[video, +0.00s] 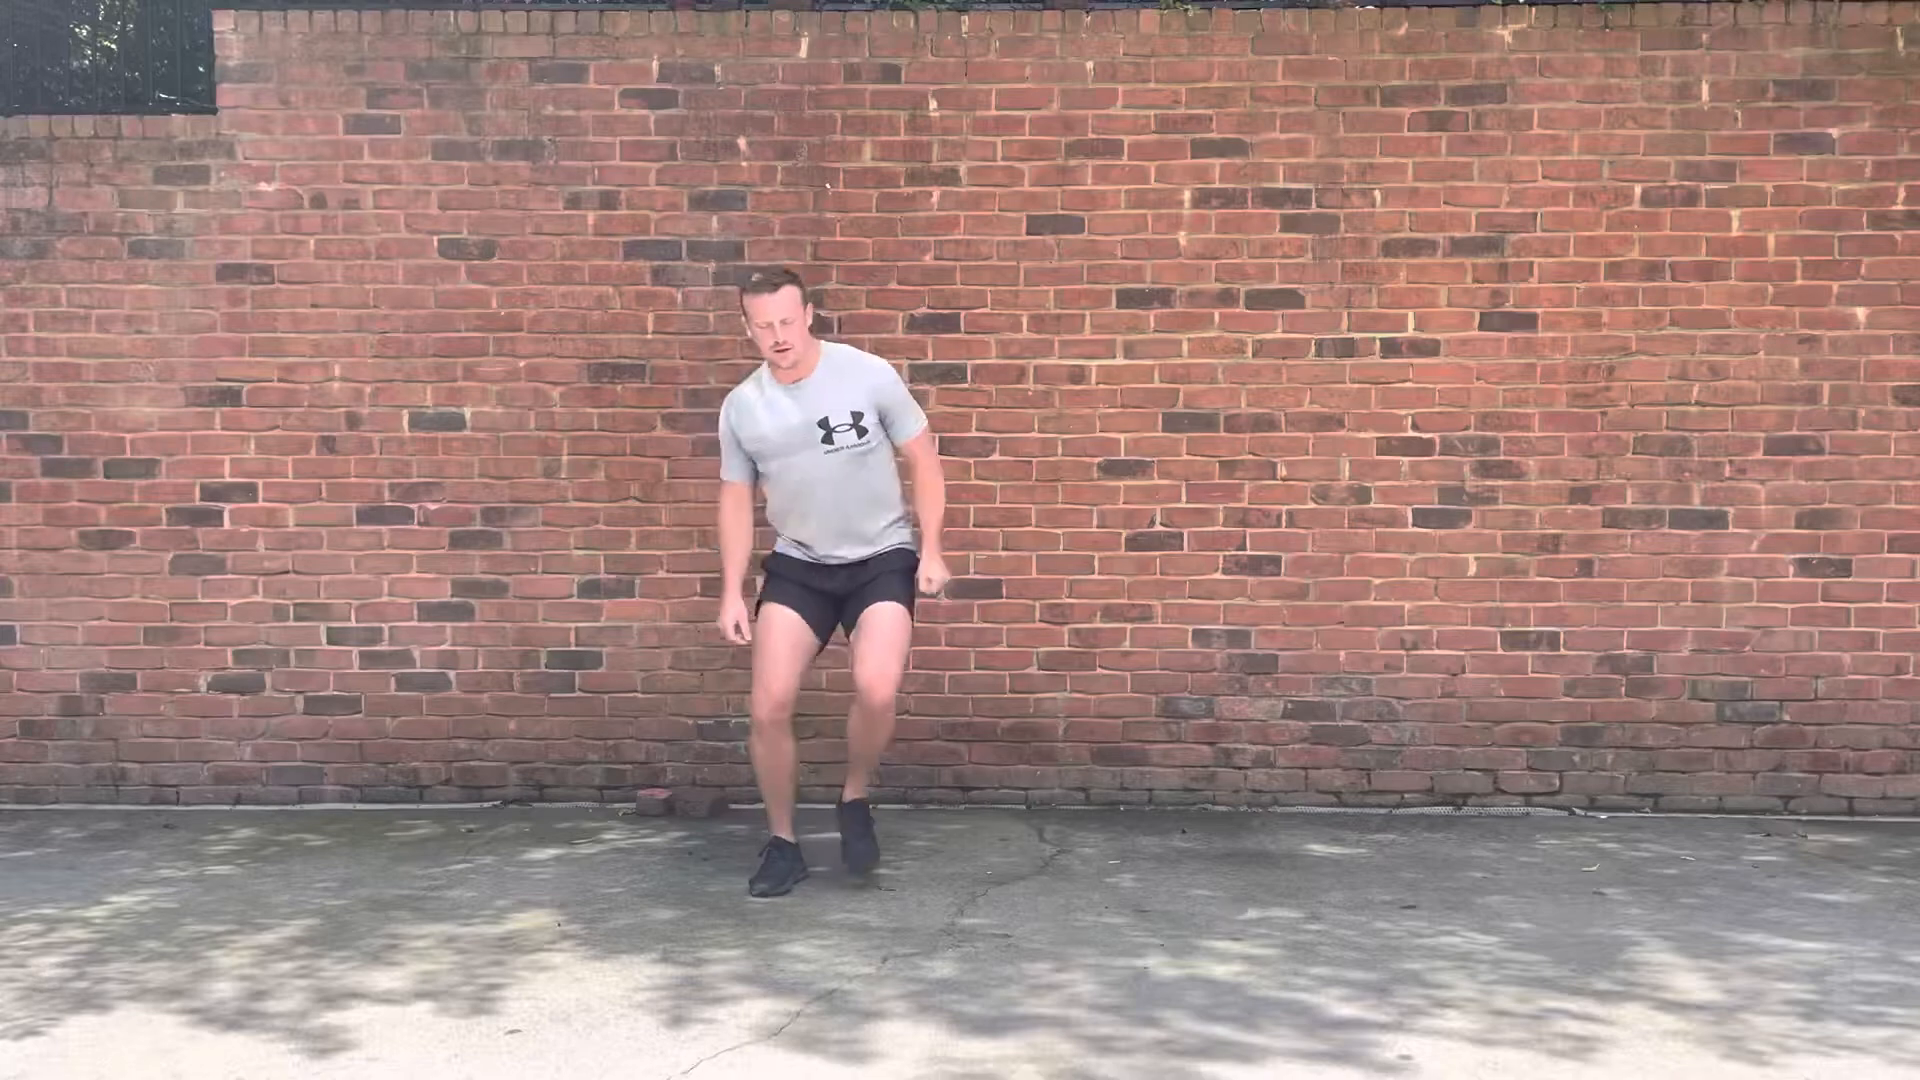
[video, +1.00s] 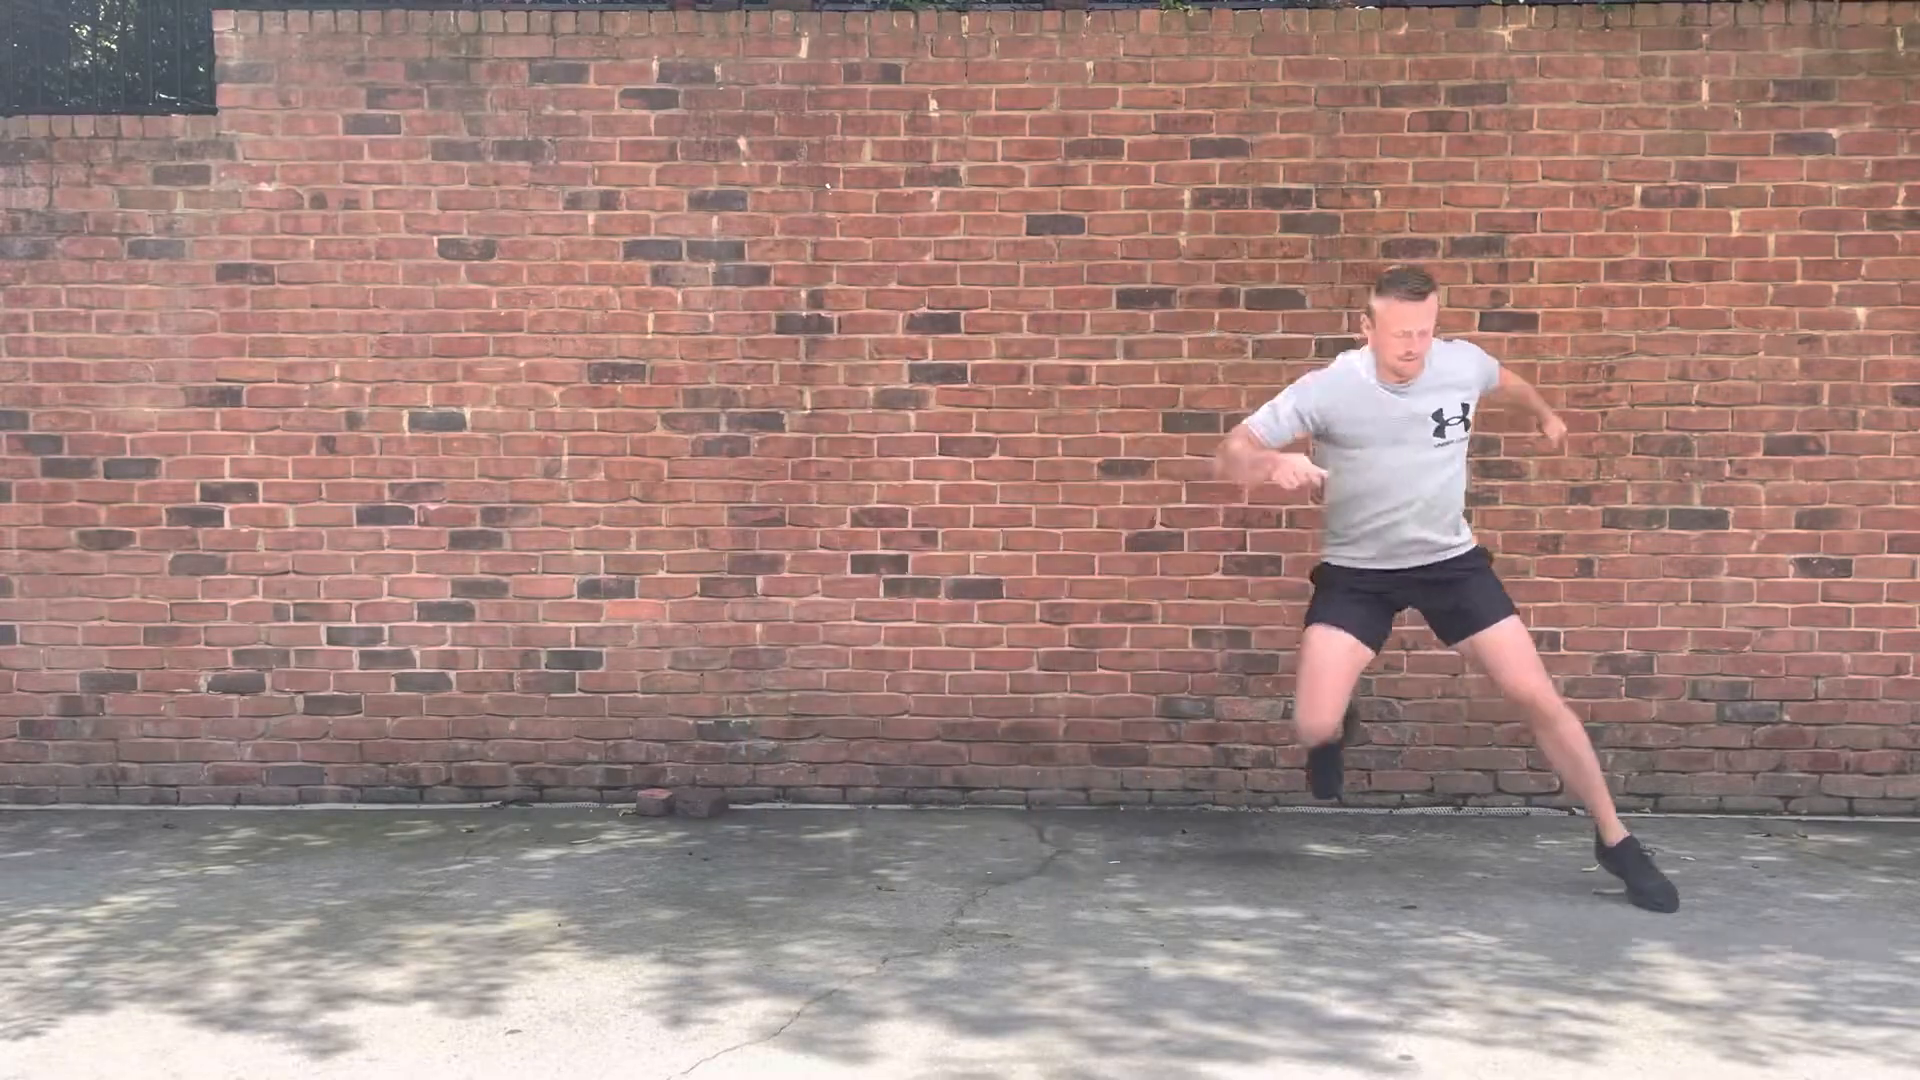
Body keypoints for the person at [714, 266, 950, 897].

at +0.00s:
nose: (776, 337)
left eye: (785, 323)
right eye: (762, 327)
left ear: (809, 316)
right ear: (749, 331)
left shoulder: (870, 376)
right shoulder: (742, 409)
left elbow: (922, 457)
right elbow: (737, 499)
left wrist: (932, 549)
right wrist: (732, 590)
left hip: (883, 558)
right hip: (798, 563)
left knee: (878, 692)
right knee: (768, 704)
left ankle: (856, 799)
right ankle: (782, 842)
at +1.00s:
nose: (1413, 346)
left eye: (1424, 332)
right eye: (1398, 333)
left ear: (1437, 326)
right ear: (1369, 327)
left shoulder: (1463, 366)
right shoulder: (1328, 389)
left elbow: (1505, 384)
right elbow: (1231, 452)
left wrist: (1544, 412)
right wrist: (1270, 464)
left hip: (1451, 561)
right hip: (1356, 569)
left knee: (1536, 695)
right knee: (1314, 725)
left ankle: (1614, 836)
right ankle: (1327, 739)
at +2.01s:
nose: (1070, 280)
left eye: (1086, 268)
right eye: (1062, 264)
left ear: (1120, 265)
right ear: (1053, 255)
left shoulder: (1147, 344)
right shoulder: (1014, 297)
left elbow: (1216, 448)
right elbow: (925, 287)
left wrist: (1187, 413)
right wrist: (864, 275)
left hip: (1089, 516)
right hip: (999, 494)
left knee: (1151, 664)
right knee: (898, 589)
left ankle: (1202, 802)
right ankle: (888, 719)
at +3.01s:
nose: (1029, 319)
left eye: (1037, 304)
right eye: (1013, 307)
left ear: (1048, 297)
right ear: (982, 306)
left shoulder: (1089, 348)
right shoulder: (954, 384)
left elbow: (1136, 423)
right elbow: (895, 459)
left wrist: (1106, 486)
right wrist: (839, 514)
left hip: (1095, 537)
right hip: (1011, 549)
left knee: (1141, 677)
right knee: (1020, 708)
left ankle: (1065, 767)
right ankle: (1024, 850)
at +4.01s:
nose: (1415, 306)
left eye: (1429, 293)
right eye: (1404, 291)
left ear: (1455, 283)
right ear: (1385, 279)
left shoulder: (1491, 348)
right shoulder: (1339, 330)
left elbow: (1594, 397)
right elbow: (1231, 324)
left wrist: (1565, 406)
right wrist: (1201, 346)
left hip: (1442, 539)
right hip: (1345, 525)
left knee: (1510, 686)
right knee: (1284, 640)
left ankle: (1562, 830)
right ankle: (1343, 702)